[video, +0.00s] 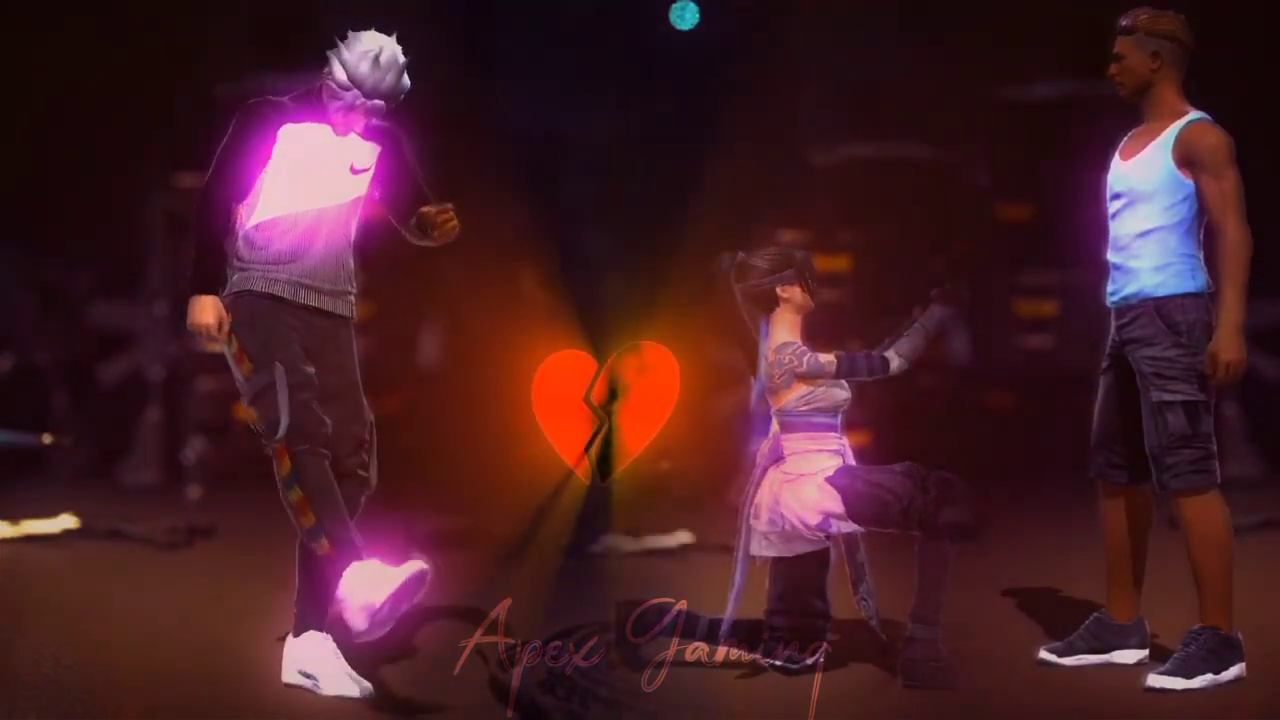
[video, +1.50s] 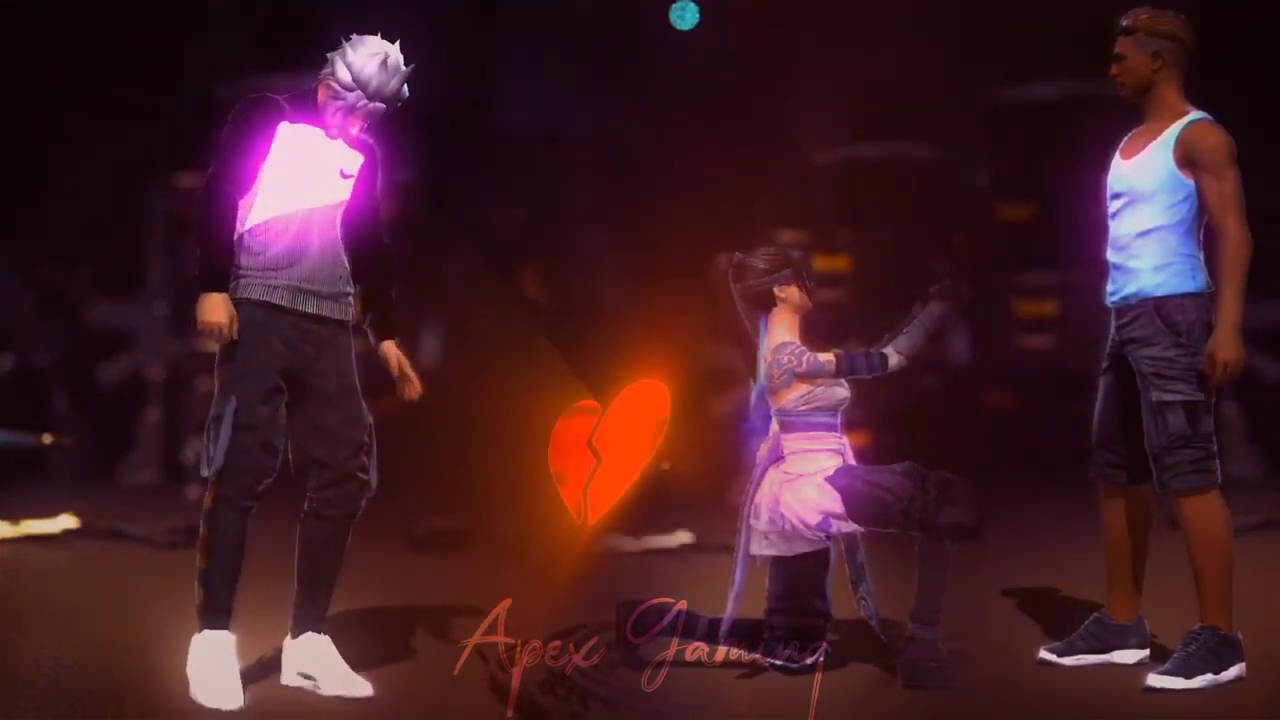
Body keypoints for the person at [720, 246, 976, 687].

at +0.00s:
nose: (811, 292)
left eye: (807, 283)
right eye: (803, 283)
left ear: (782, 294)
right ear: (782, 292)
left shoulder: (782, 351)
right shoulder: (789, 355)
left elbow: (878, 363)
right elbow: (888, 363)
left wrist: (923, 320)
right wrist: (934, 316)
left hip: (795, 484)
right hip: (809, 486)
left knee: (796, 644)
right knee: (944, 496)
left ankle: (676, 624)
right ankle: (923, 650)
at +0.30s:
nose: (810, 290)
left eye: (806, 282)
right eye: (803, 283)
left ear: (780, 294)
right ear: (783, 291)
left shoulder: (783, 350)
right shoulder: (788, 355)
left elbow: (876, 361)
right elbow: (887, 362)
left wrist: (925, 313)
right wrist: (938, 309)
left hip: (797, 482)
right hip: (810, 485)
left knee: (798, 641)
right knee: (942, 496)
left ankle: (681, 623)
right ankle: (923, 649)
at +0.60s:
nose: (809, 290)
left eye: (805, 281)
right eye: (802, 282)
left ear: (779, 293)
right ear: (782, 291)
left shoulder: (784, 349)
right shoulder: (787, 354)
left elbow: (876, 361)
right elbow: (884, 362)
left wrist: (925, 314)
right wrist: (936, 312)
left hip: (797, 482)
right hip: (809, 485)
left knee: (797, 645)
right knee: (941, 497)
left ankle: (678, 623)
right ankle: (923, 650)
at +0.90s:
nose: (809, 290)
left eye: (805, 281)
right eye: (801, 282)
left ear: (781, 292)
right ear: (781, 290)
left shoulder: (783, 344)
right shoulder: (787, 353)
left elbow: (877, 358)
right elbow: (885, 361)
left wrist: (925, 314)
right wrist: (935, 311)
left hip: (798, 482)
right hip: (809, 484)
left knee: (797, 645)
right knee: (942, 496)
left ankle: (676, 624)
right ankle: (923, 648)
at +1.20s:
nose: (808, 290)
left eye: (804, 282)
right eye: (800, 282)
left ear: (779, 292)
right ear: (781, 291)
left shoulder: (783, 346)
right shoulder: (786, 353)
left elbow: (878, 359)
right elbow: (884, 361)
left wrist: (927, 311)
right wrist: (937, 309)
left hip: (797, 484)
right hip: (811, 485)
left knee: (797, 646)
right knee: (942, 497)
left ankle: (678, 624)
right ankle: (924, 650)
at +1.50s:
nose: (808, 289)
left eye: (804, 281)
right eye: (800, 282)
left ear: (779, 292)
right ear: (781, 291)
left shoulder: (785, 348)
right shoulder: (786, 354)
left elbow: (879, 358)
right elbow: (884, 361)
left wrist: (929, 309)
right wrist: (939, 307)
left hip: (799, 481)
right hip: (810, 484)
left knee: (797, 645)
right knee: (944, 497)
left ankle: (676, 623)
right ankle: (923, 650)